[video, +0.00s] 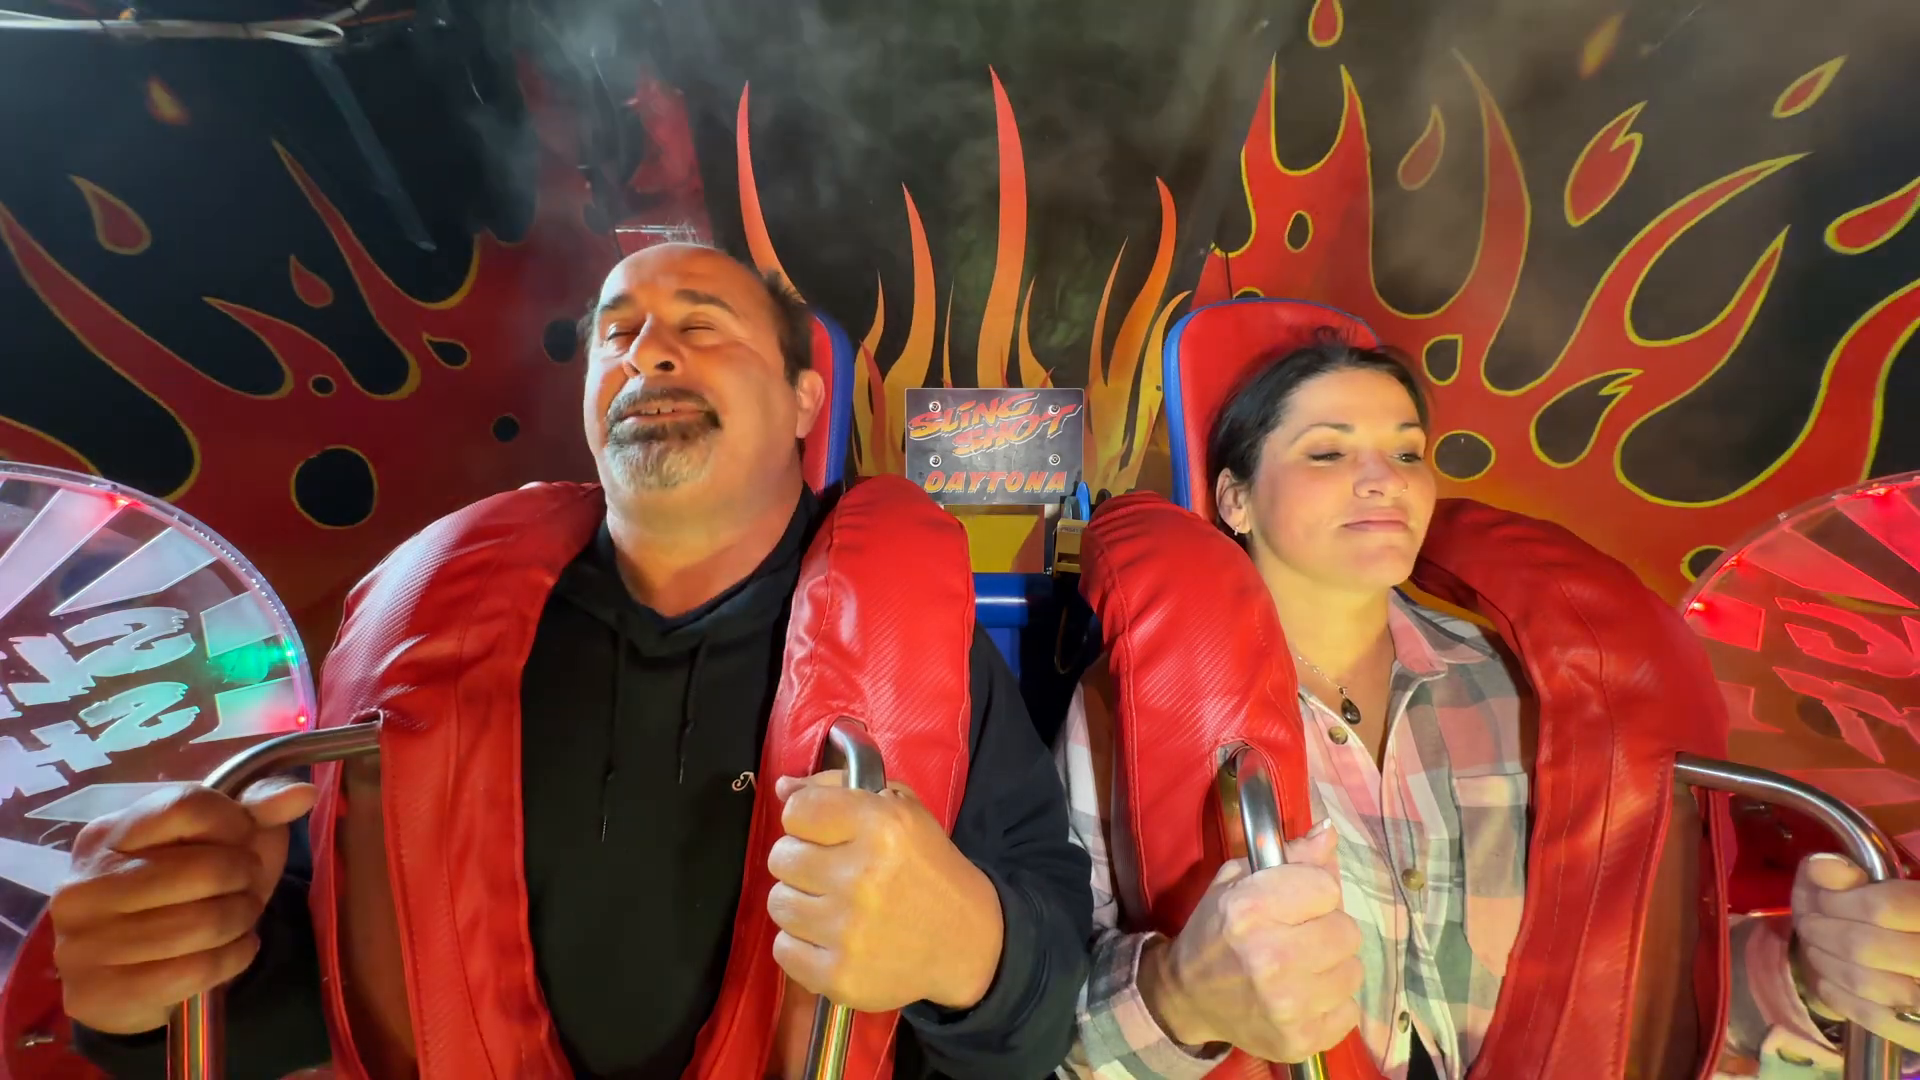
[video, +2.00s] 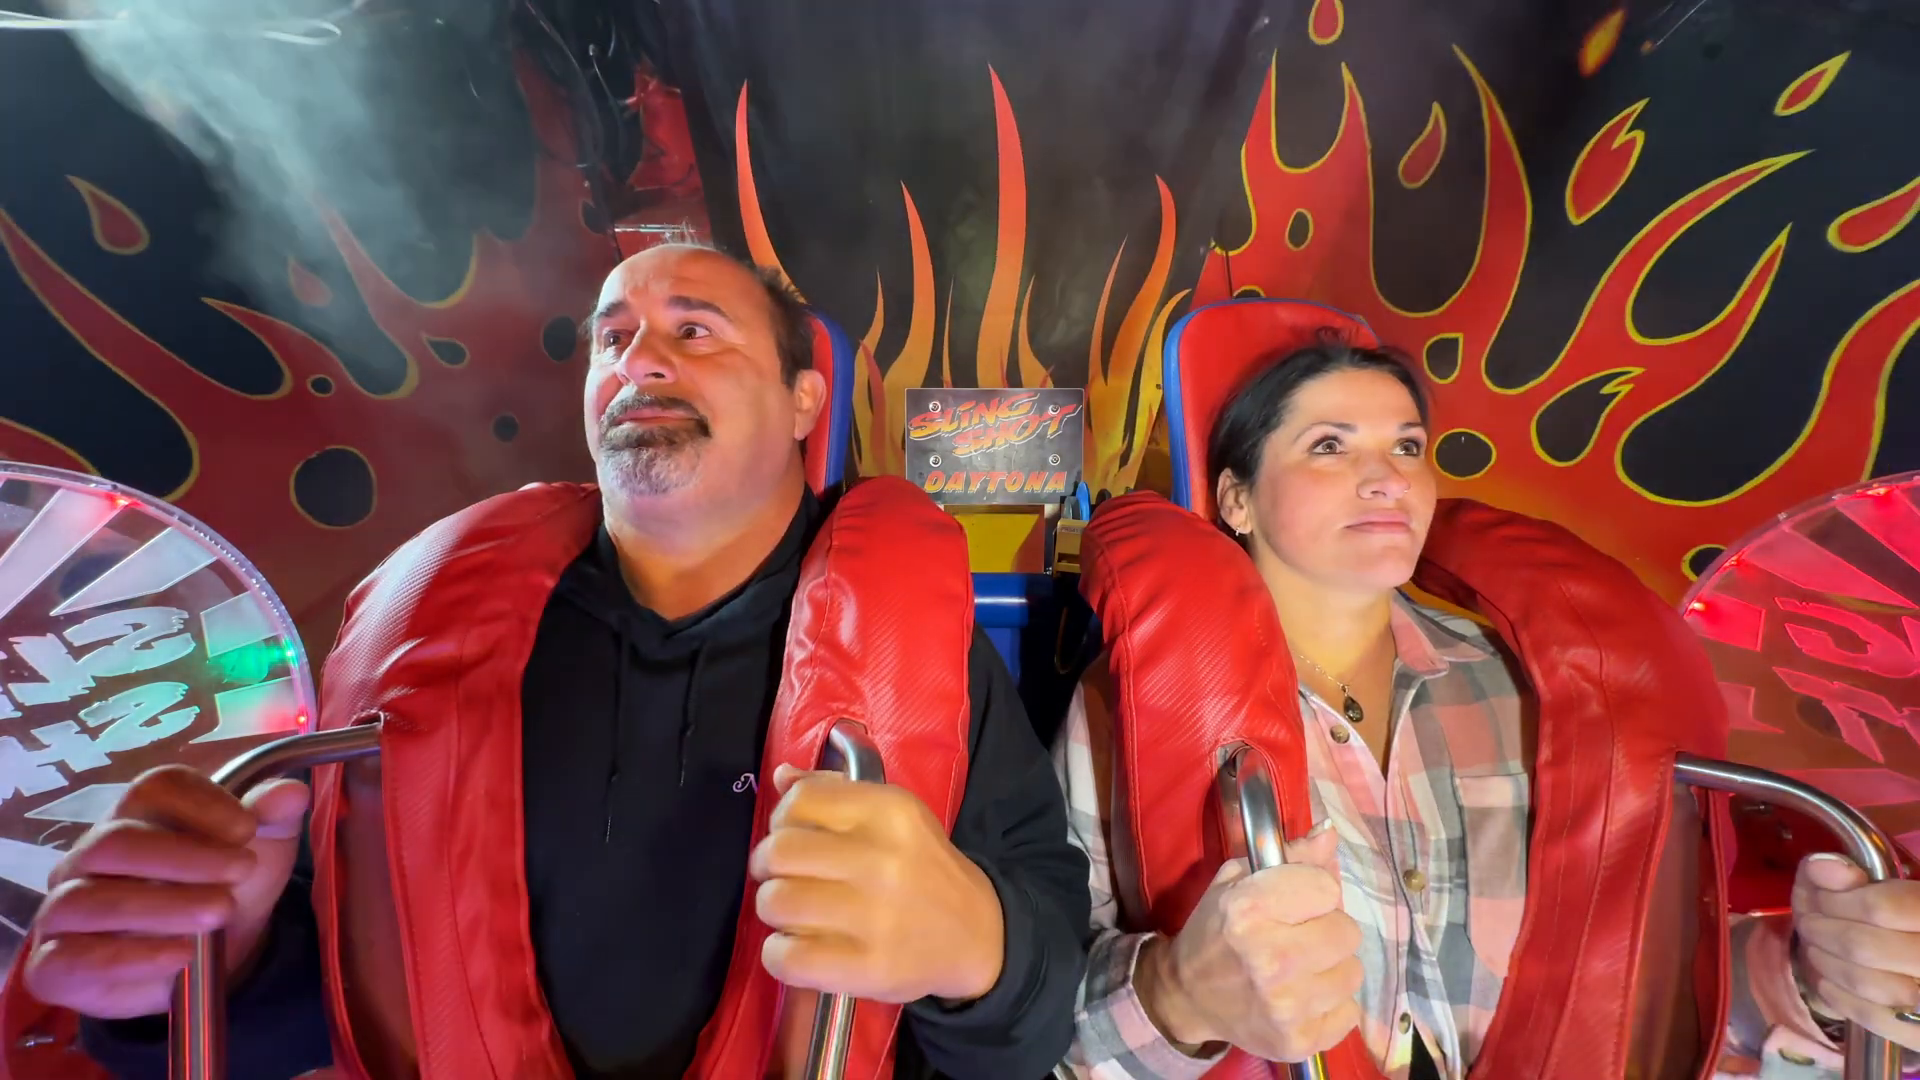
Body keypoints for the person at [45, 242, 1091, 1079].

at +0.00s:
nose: (649, 348)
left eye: (708, 319)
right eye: (617, 333)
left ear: (805, 405)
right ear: (585, 417)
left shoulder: (924, 658)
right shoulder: (438, 637)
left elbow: (1045, 1003)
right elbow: (309, 977)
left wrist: (982, 956)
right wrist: (104, 993)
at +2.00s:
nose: (639, 359)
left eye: (699, 326)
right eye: (612, 338)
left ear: (807, 402)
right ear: (583, 411)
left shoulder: (924, 650)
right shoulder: (435, 642)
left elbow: (1041, 981)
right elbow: (297, 1017)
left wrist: (980, 943)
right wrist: (186, 978)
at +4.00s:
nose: (619, 364)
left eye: (680, 326)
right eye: (597, 344)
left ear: (796, 396)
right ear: (570, 414)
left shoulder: (919, 658)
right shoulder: (435, 640)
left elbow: (1036, 1015)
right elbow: (301, 960)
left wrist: (979, 955)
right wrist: (84, 982)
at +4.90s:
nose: (620, 366)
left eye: (682, 328)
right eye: (599, 342)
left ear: (798, 398)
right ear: (573, 412)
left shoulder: (922, 660)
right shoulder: (438, 639)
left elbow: (1038, 1025)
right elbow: (310, 992)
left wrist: (976, 958)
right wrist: (79, 981)